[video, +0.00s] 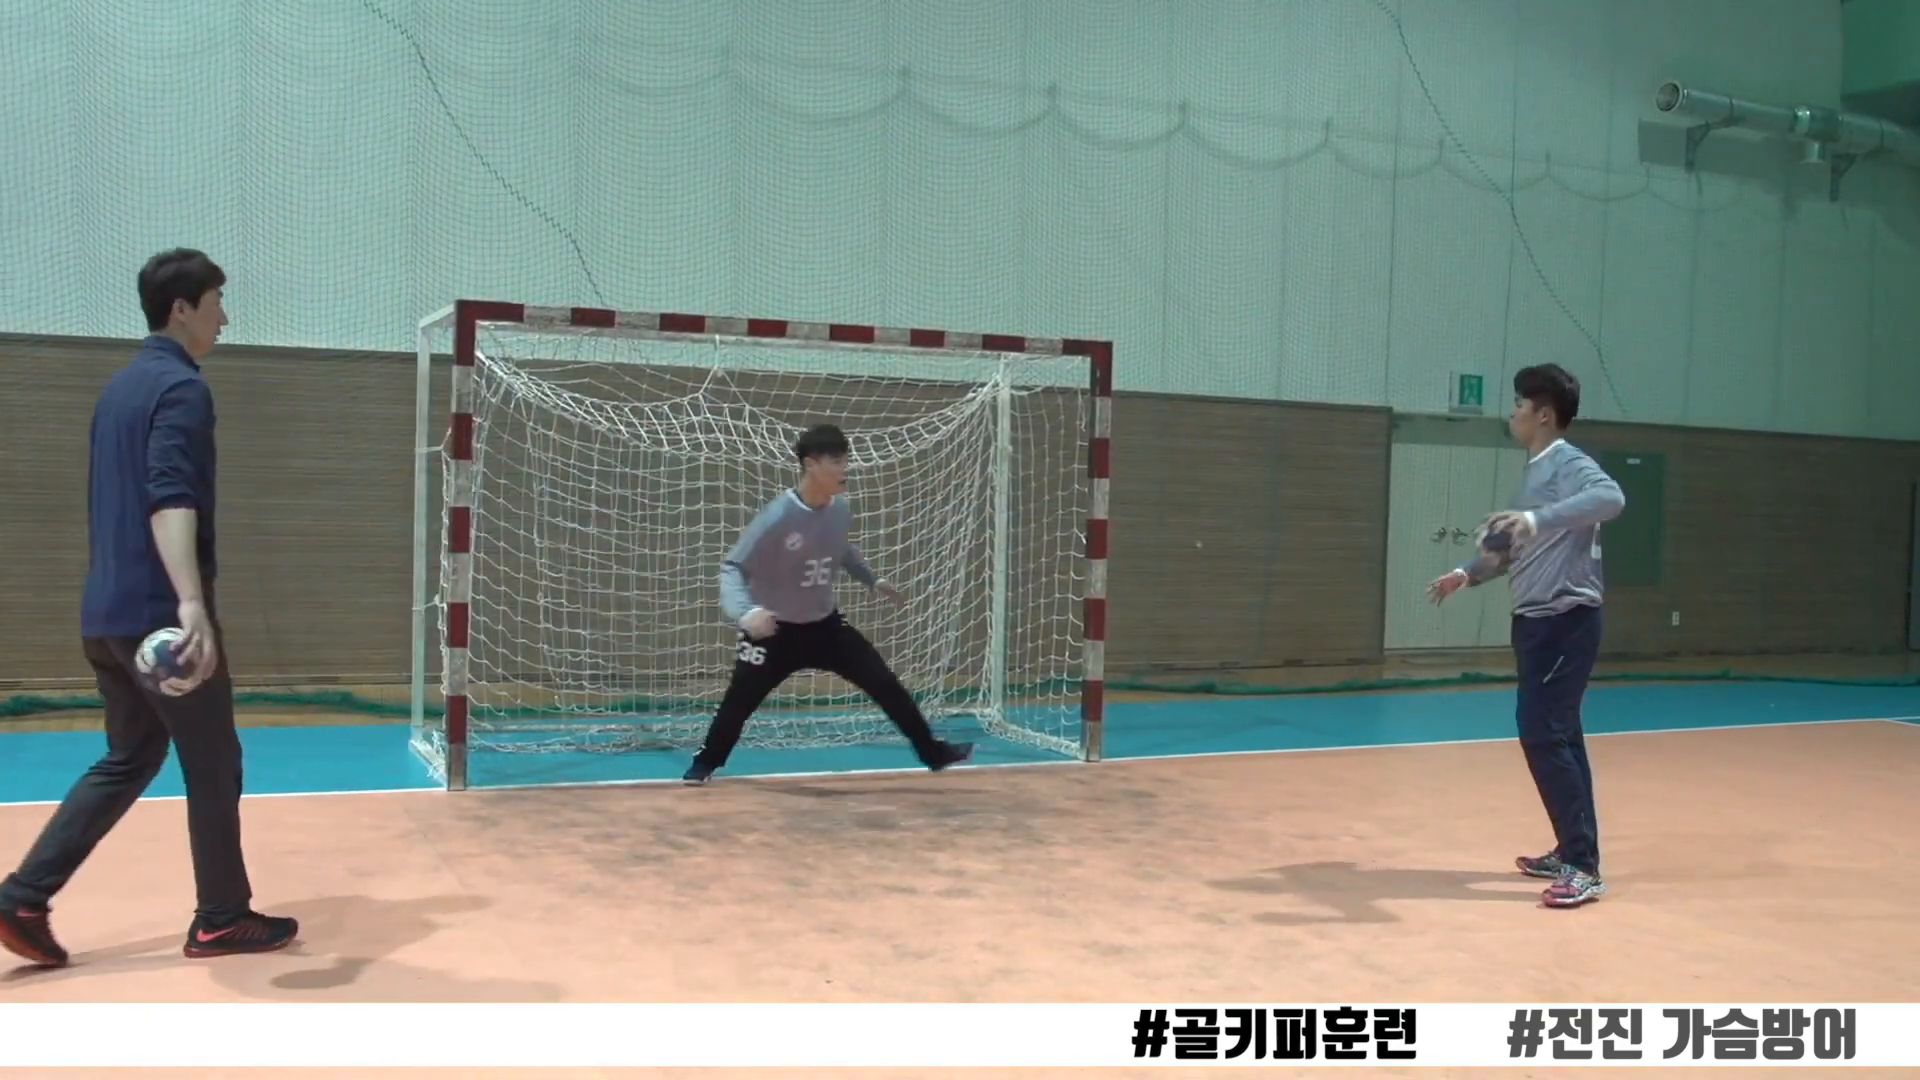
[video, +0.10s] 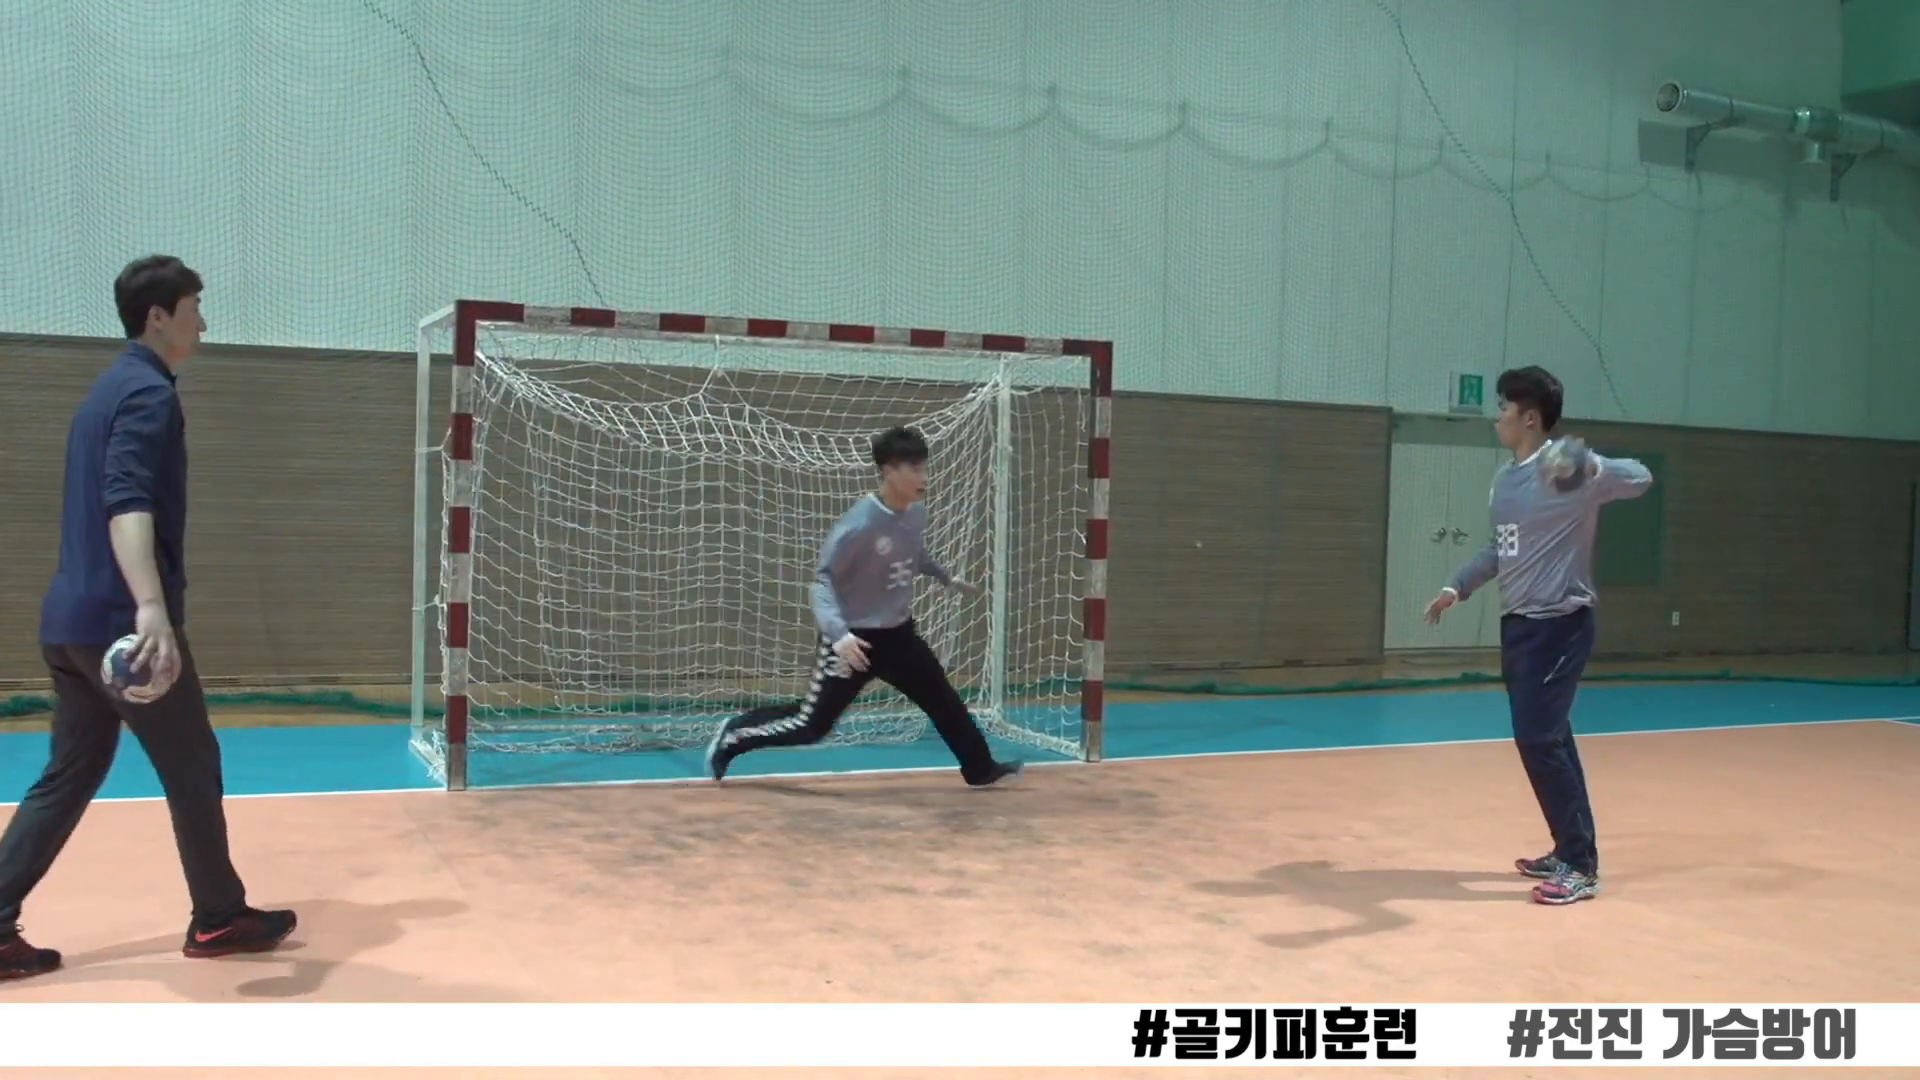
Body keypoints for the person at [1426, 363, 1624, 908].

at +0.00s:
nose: (1511, 414)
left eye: (1519, 404)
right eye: (1515, 404)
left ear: (1544, 413)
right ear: (1541, 413)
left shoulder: (1566, 459)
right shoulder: (1534, 474)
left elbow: (1610, 498)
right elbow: (1515, 542)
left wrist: (1538, 520)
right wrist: (1468, 572)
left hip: (1565, 619)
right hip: (1538, 620)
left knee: (1544, 733)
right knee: (1555, 734)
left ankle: (1584, 867)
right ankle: (1573, 852)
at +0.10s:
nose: (1498, 417)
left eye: (1506, 409)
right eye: (1500, 408)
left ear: (1532, 416)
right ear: (1526, 416)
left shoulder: (1573, 464)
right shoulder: (1507, 477)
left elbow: (1641, 479)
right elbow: (1503, 549)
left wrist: (1590, 469)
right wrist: (1459, 588)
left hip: (1560, 623)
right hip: (1521, 624)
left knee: (1543, 738)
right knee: (1537, 738)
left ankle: (1582, 867)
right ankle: (1567, 852)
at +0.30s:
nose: (1464, 428)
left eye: (1472, 420)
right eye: (1466, 419)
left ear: (1499, 427)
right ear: (1494, 428)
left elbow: (1618, 470)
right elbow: (1468, 547)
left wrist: (1604, 409)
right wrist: (1451, 600)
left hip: (1543, 631)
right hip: (1488, 631)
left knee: (1543, 743)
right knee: (1457, 726)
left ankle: (1578, 867)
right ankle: (1526, 822)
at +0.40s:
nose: (1436, 433)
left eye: (1442, 425)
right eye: (1438, 424)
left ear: (1470, 432)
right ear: (1466, 431)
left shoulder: (1521, 482)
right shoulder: (1450, 481)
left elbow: (1575, 487)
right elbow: (1462, 552)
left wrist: (1571, 423)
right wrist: (1455, 609)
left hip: (1524, 636)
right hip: (1467, 634)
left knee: (1535, 750)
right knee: (1422, 717)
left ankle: (1576, 868)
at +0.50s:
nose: (1409, 434)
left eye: (1414, 426)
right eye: (1410, 425)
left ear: (1438, 433)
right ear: (1438, 431)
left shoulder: (1478, 484)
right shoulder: (1432, 486)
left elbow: (1509, 514)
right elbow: (1451, 554)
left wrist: (1503, 447)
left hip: (1494, 638)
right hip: (1441, 639)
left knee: (1520, 754)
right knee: (1397, 736)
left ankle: (1574, 867)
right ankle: (1367, 847)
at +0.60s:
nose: (1391, 424)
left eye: (1404, 415)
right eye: (1387, 415)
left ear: (1429, 424)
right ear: (1385, 423)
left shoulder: (1443, 477)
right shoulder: (1405, 475)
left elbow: (1428, 515)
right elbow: (1426, 549)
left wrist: (1397, 462)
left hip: (1467, 637)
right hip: (1418, 639)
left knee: (1494, 753)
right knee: (1379, 736)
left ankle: (1565, 858)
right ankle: (1371, 855)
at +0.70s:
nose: (1359, 418)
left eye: (1366, 409)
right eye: (1362, 409)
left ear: (1390, 415)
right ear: (1393, 416)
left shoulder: (1410, 470)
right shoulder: (1396, 468)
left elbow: (1341, 496)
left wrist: (1286, 446)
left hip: (1452, 625)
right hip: (1408, 629)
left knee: (1483, 742)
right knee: (1380, 734)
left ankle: (1561, 848)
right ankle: (1371, 855)